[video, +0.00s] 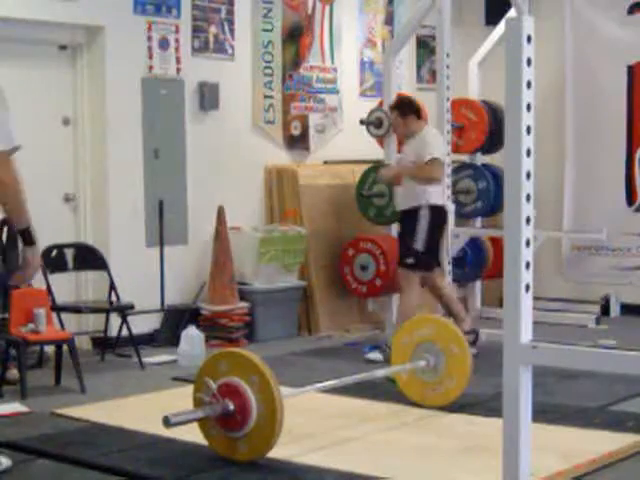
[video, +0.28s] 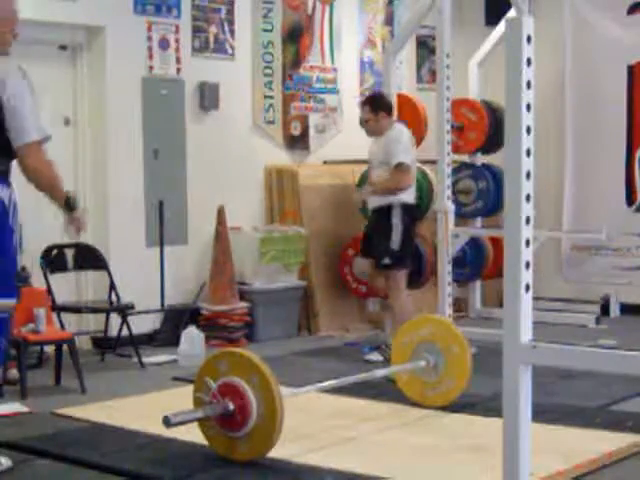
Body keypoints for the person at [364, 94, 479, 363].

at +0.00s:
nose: (394, 128)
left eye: (396, 121)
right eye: (393, 122)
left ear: (410, 118)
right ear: (408, 119)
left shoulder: (429, 136)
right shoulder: (410, 143)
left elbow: (435, 172)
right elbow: (405, 173)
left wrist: (401, 173)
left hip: (427, 207)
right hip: (413, 207)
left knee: (409, 276)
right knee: (430, 276)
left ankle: (401, 342)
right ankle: (466, 325)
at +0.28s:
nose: (363, 126)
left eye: (366, 120)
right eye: (363, 121)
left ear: (383, 116)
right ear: (376, 117)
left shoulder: (398, 136)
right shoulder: (378, 140)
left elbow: (404, 179)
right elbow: (375, 176)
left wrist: (372, 187)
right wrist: (366, 190)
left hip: (397, 209)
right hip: (379, 209)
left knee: (395, 282)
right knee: (375, 275)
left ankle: (400, 345)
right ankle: (391, 338)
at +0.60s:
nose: (314, 125)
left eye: (318, 120)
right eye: (313, 120)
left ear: (335, 118)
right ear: (324, 119)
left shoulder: (352, 142)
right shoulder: (324, 145)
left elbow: (344, 185)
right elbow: (320, 181)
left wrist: (317, 215)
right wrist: (311, 202)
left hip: (351, 213)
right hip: (327, 213)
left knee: (359, 280)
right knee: (320, 279)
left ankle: (389, 334)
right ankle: (310, 345)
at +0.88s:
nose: (282, 121)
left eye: (287, 114)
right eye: (281, 115)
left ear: (303, 113)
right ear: (288, 114)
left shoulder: (317, 136)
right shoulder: (292, 141)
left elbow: (335, 170)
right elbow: (292, 176)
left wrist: (336, 216)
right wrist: (276, 179)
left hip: (311, 208)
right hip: (292, 209)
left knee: (299, 278)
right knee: (301, 282)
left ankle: (337, 328)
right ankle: (310, 342)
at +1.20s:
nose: (237, 123)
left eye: (242, 117)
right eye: (235, 117)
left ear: (258, 117)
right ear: (236, 116)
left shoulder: (272, 140)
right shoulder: (241, 143)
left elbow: (289, 177)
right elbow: (226, 175)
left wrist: (293, 219)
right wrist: (210, 182)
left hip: (262, 212)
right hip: (241, 213)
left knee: (246, 277)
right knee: (260, 280)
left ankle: (228, 344)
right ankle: (298, 333)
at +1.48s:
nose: (210, 118)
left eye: (217, 113)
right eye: (209, 111)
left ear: (232, 113)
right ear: (208, 110)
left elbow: (255, 183)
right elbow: (186, 168)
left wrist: (239, 220)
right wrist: (192, 166)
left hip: (229, 212)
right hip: (202, 213)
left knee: (226, 282)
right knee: (201, 281)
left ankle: (224, 345)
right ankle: (231, 319)